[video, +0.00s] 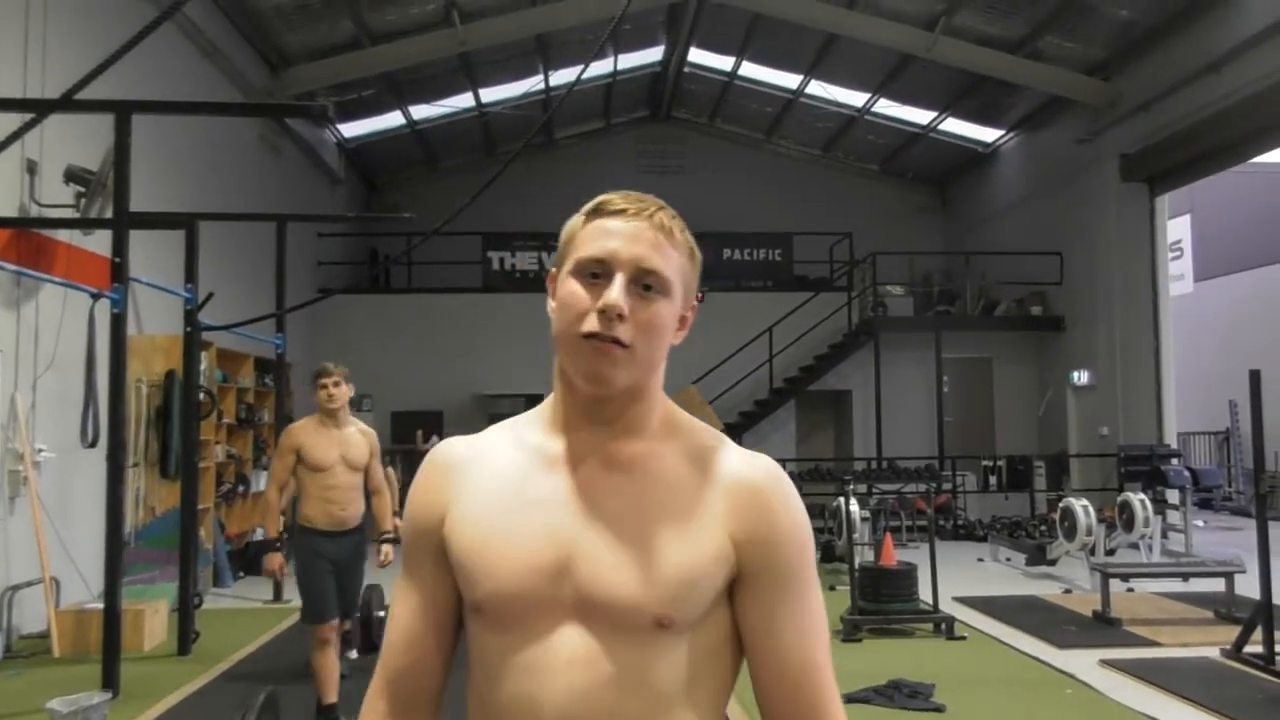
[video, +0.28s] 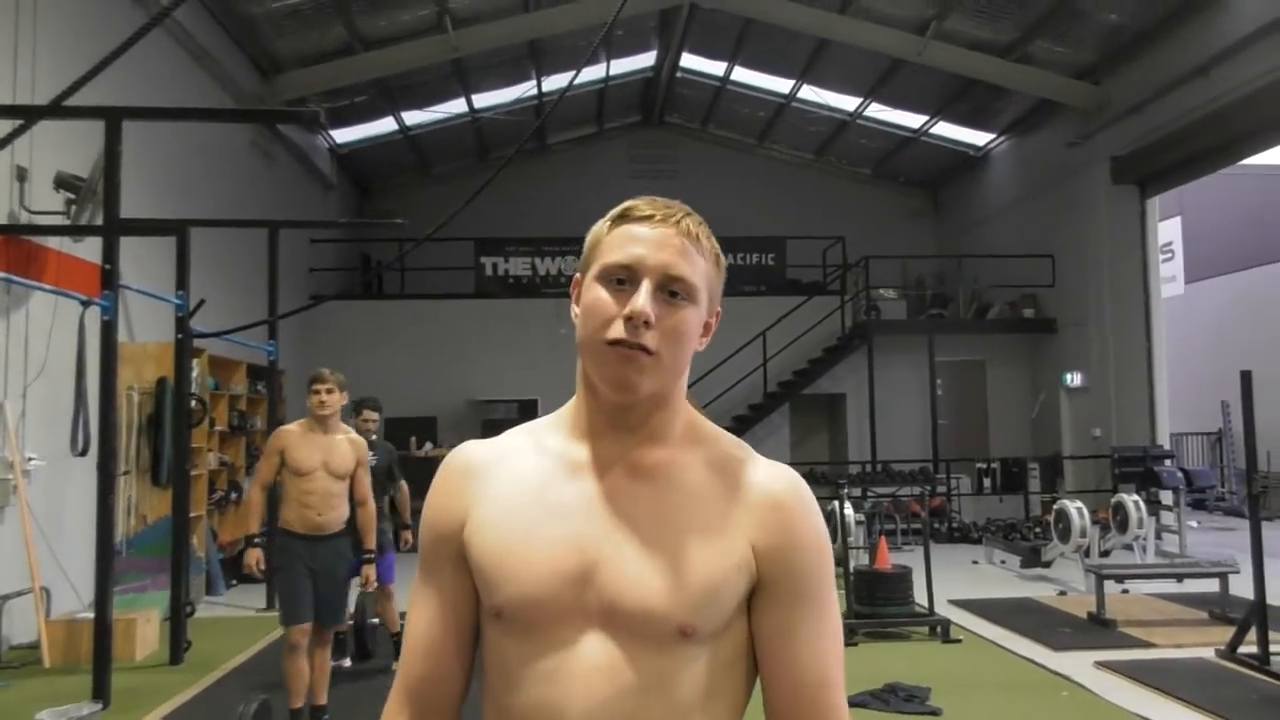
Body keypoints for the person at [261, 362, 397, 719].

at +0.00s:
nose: (330, 391)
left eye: (337, 385)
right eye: (323, 387)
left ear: (349, 391)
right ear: (315, 394)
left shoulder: (366, 436)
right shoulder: (297, 434)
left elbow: (379, 489)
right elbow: (274, 489)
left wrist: (387, 535)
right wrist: (272, 545)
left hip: (354, 538)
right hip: (312, 538)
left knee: (339, 627)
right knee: (325, 633)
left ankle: (327, 702)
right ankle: (329, 709)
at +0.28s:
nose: (322, 398)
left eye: (329, 392)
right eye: (316, 393)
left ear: (343, 398)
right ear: (307, 399)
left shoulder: (356, 444)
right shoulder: (285, 436)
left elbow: (365, 502)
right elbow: (259, 487)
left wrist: (369, 556)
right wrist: (253, 540)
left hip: (336, 544)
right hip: (291, 543)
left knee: (324, 636)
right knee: (298, 636)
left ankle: (319, 710)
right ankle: (297, 712)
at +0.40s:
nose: (311, 401)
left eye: (318, 396)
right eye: (305, 396)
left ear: (332, 401)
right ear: (296, 403)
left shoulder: (347, 447)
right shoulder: (275, 442)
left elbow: (357, 504)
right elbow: (252, 494)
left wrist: (363, 559)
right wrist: (243, 550)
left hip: (327, 551)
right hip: (280, 550)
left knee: (316, 640)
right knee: (275, 643)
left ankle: (314, 711)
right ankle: (269, 712)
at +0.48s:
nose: (303, 404)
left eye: (310, 398)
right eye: (296, 398)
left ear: (324, 404)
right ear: (289, 405)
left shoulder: (340, 450)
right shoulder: (268, 446)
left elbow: (353, 506)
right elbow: (247, 499)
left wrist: (360, 558)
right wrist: (239, 555)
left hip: (321, 555)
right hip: (274, 554)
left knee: (312, 643)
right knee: (263, 648)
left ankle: (311, 713)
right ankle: (255, 713)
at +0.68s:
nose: (276, 411)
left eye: (284, 405)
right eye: (270, 406)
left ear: (298, 411)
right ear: (261, 413)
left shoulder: (317, 456)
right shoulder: (243, 455)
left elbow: (334, 512)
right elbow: (226, 511)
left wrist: (343, 566)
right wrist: (222, 567)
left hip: (301, 565)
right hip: (254, 566)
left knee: (300, 654)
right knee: (245, 661)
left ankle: (305, 716)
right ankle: (238, 715)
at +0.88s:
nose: (252, 417)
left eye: (260, 411)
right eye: (246, 411)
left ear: (275, 417)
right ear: (237, 419)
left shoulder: (295, 461)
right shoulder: (221, 463)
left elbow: (311, 516)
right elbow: (204, 519)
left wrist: (313, 570)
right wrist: (199, 575)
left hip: (285, 570)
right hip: (237, 572)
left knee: (291, 662)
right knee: (236, 666)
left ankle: (301, 716)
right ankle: (231, 718)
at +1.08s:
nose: (235, 426)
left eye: (241, 419)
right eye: (227, 421)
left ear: (254, 424)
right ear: (217, 429)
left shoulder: (279, 465)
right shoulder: (201, 475)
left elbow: (297, 520)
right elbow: (181, 529)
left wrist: (289, 567)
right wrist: (182, 584)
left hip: (274, 575)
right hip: (227, 579)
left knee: (290, 667)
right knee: (230, 674)